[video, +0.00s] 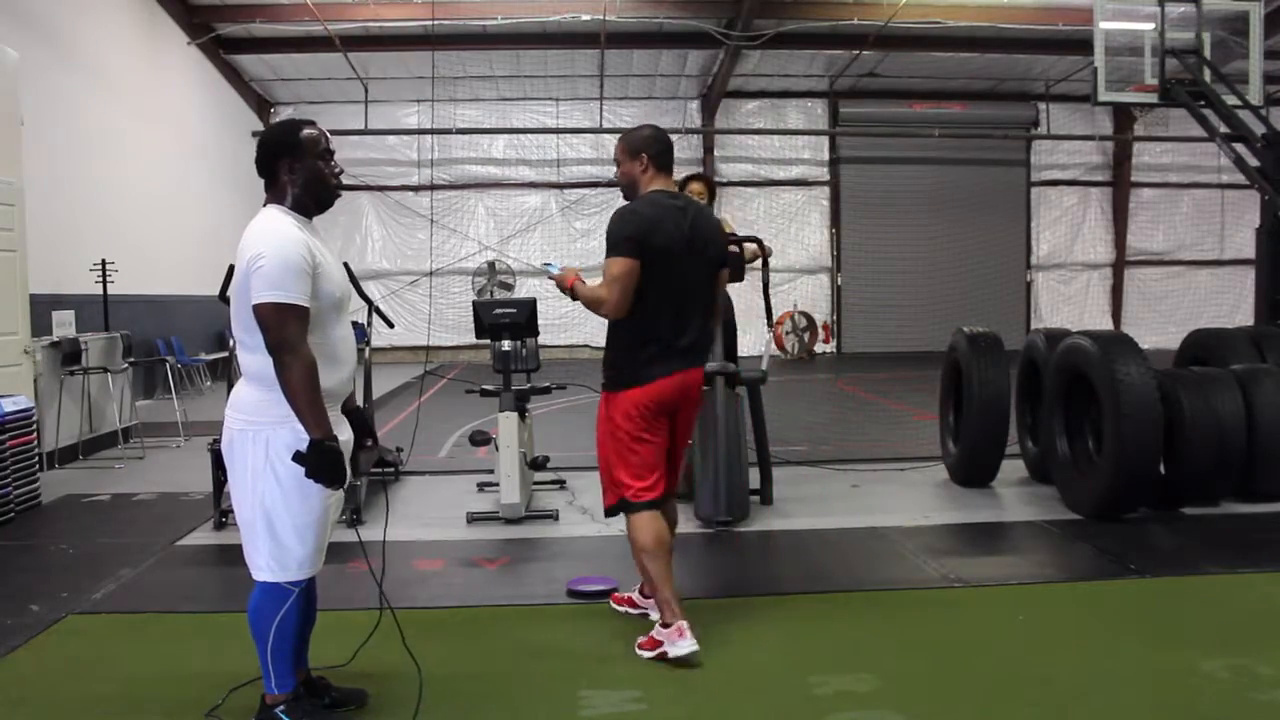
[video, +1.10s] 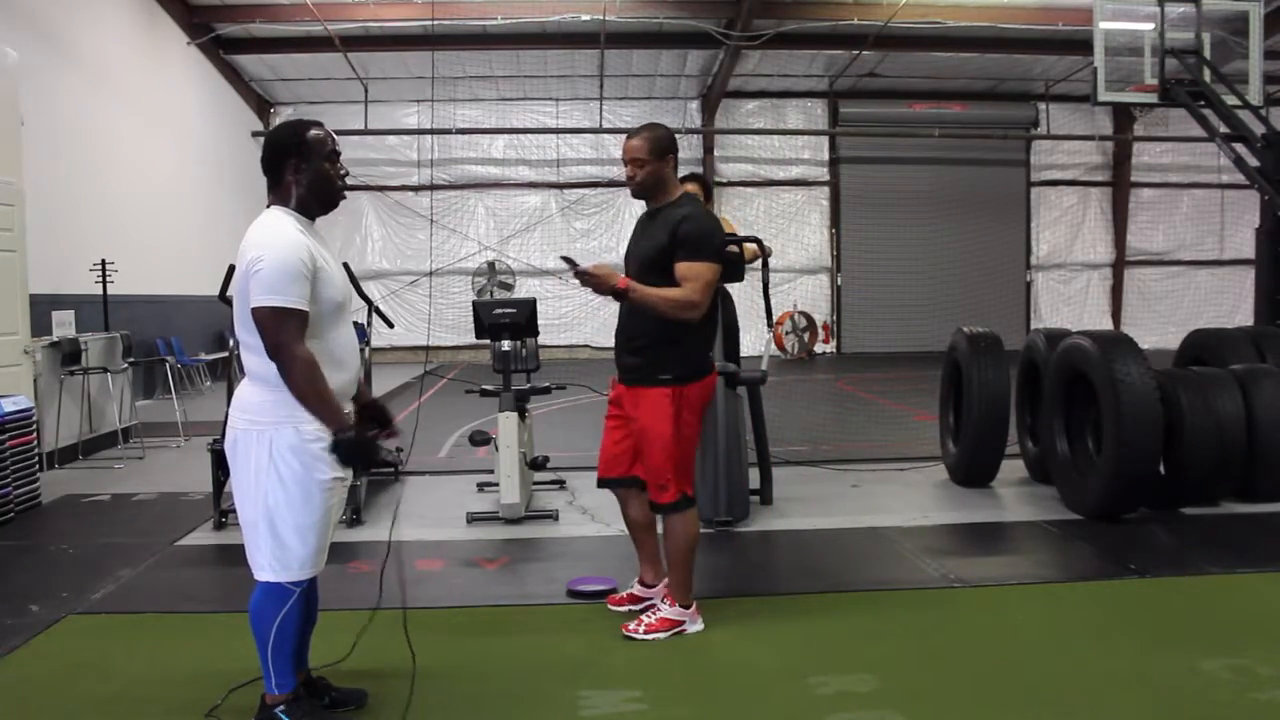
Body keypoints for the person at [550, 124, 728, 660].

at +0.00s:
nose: (618, 175)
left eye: (621, 166)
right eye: (617, 166)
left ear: (642, 163)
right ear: (663, 163)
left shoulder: (630, 219)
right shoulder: (706, 218)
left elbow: (614, 303)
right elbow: (719, 287)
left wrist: (577, 287)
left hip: (637, 384)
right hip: (688, 376)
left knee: (641, 501)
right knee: (660, 494)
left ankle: (674, 628)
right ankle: (651, 593)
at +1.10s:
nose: (627, 173)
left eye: (637, 164)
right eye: (625, 164)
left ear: (668, 163)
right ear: (635, 166)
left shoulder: (696, 222)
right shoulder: (652, 217)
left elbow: (694, 303)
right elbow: (650, 295)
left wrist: (622, 286)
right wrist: (614, 286)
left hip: (675, 381)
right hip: (635, 378)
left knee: (672, 491)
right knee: (624, 478)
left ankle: (681, 603)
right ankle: (653, 582)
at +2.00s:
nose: (649, 164)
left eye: (659, 157)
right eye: (642, 157)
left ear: (679, 166)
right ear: (635, 167)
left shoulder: (707, 219)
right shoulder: (625, 230)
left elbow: (731, 293)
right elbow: (612, 301)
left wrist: (675, 282)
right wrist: (590, 361)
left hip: (685, 375)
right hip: (635, 375)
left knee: (681, 487)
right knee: (646, 485)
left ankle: (681, 604)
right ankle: (673, 575)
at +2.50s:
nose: (646, 167)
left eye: (656, 160)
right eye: (642, 161)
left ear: (681, 168)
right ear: (639, 172)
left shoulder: (715, 217)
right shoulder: (639, 238)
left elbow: (745, 283)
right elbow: (635, 309)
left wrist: (684, 288)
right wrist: (625, 373)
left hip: (709, 369)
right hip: (658, 371)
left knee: (714, 473)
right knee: (666, 475)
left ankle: (747, 566)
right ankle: (675, 573)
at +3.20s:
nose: (727, 167)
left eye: (737, 160)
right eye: (722, 160)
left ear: (758, 167)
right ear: (716, 169)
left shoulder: (786, 225)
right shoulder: (701, 225)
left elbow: (810, 294)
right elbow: (689, 293)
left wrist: (764, 298)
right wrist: (673, 354)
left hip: (765, 372)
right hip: (707, 369)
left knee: (772, 472)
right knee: (695, 469)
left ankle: (767, 564)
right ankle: (680, 567)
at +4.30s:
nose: (648, 170)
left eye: (657, 162)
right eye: (642, 164)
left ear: (679, 168)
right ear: (638, 174)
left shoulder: (715, 217)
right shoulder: (635, 236)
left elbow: (748, 282)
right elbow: (627, 306)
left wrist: (696, 296)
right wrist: (608, 364)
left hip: (706, 372)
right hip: (653, 374)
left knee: (723, 475)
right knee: (663, 475)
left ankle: (755, 555)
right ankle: (674, 572)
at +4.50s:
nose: (632, 171)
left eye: (641, 163)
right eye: (627, 165)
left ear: (665, 169)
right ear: (624, 175)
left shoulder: (703, 217)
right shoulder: (626, 238)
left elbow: (737, 278)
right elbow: (618, 308)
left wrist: (683, 298)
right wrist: (596, 365)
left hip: (698, 369)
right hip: (646, 372)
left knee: (702, 474)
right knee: (659, 474)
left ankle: (747, 556)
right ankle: (673, 573)